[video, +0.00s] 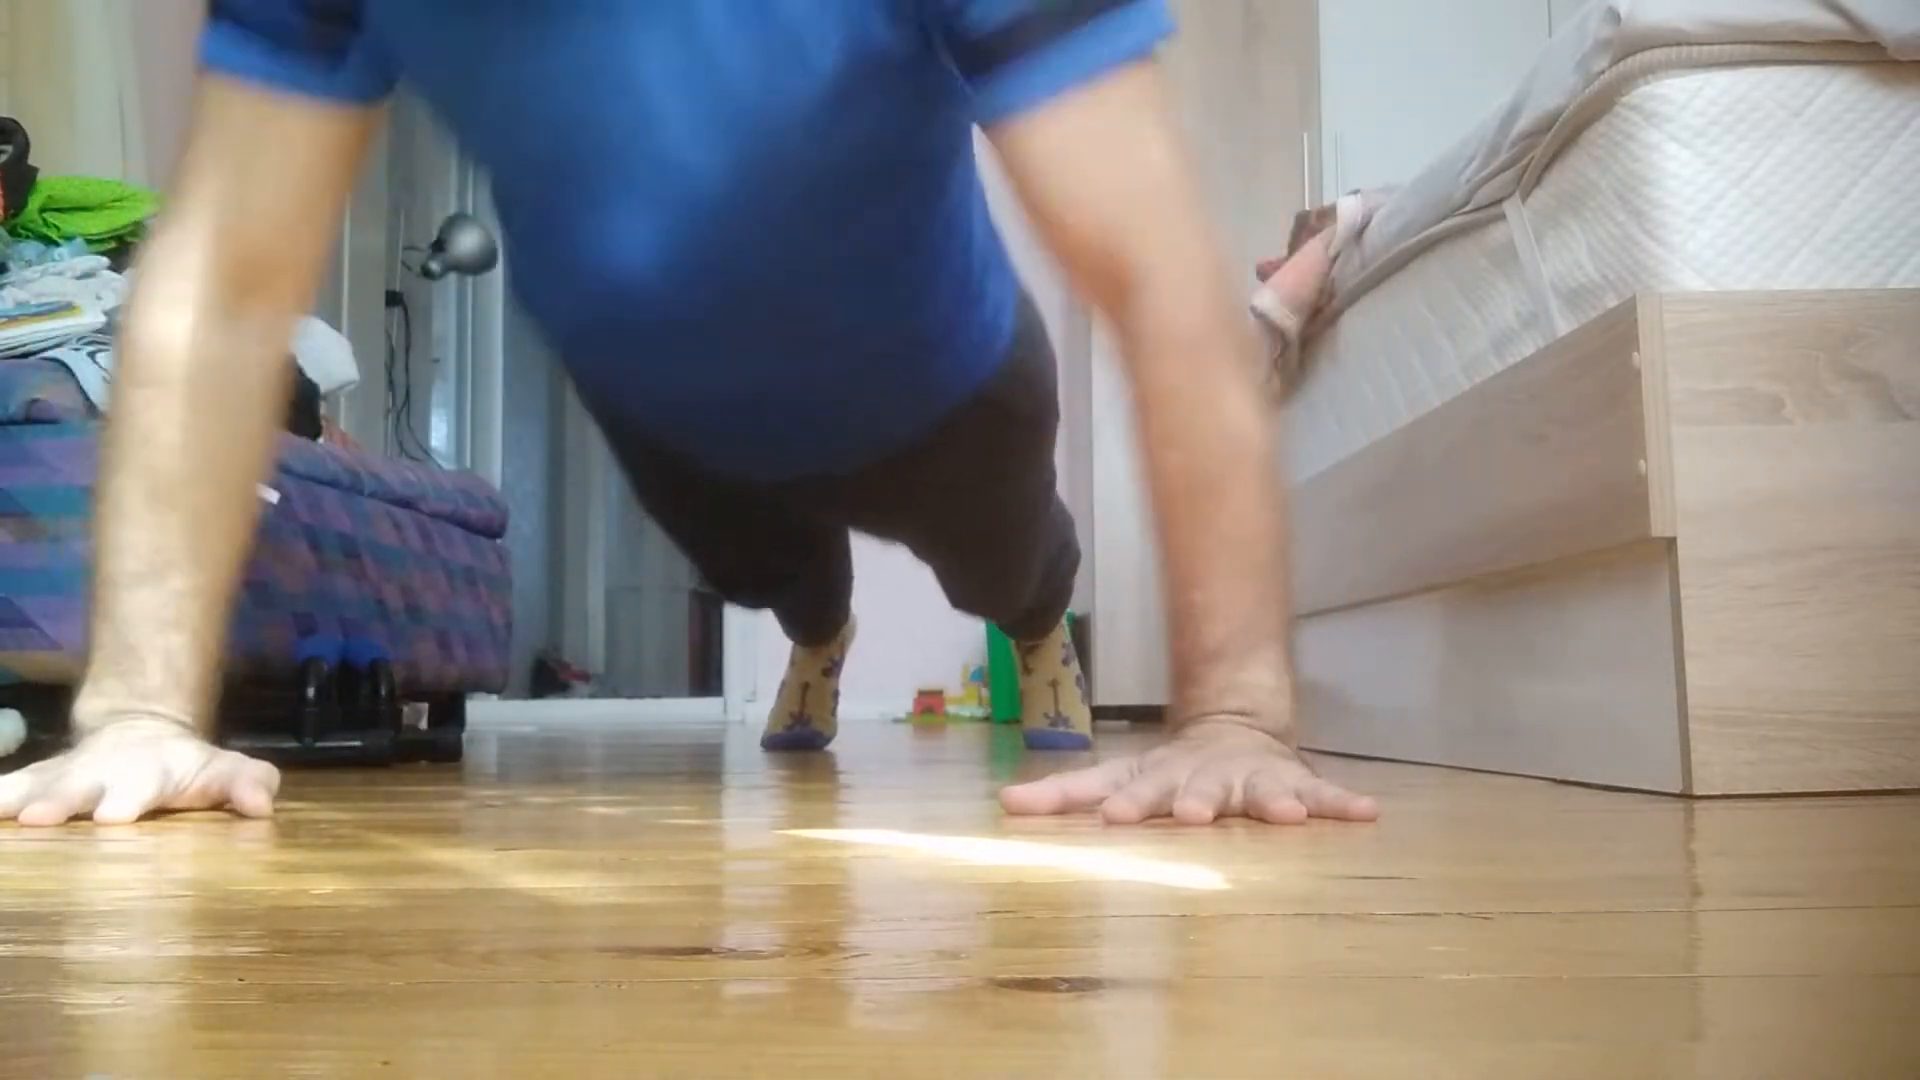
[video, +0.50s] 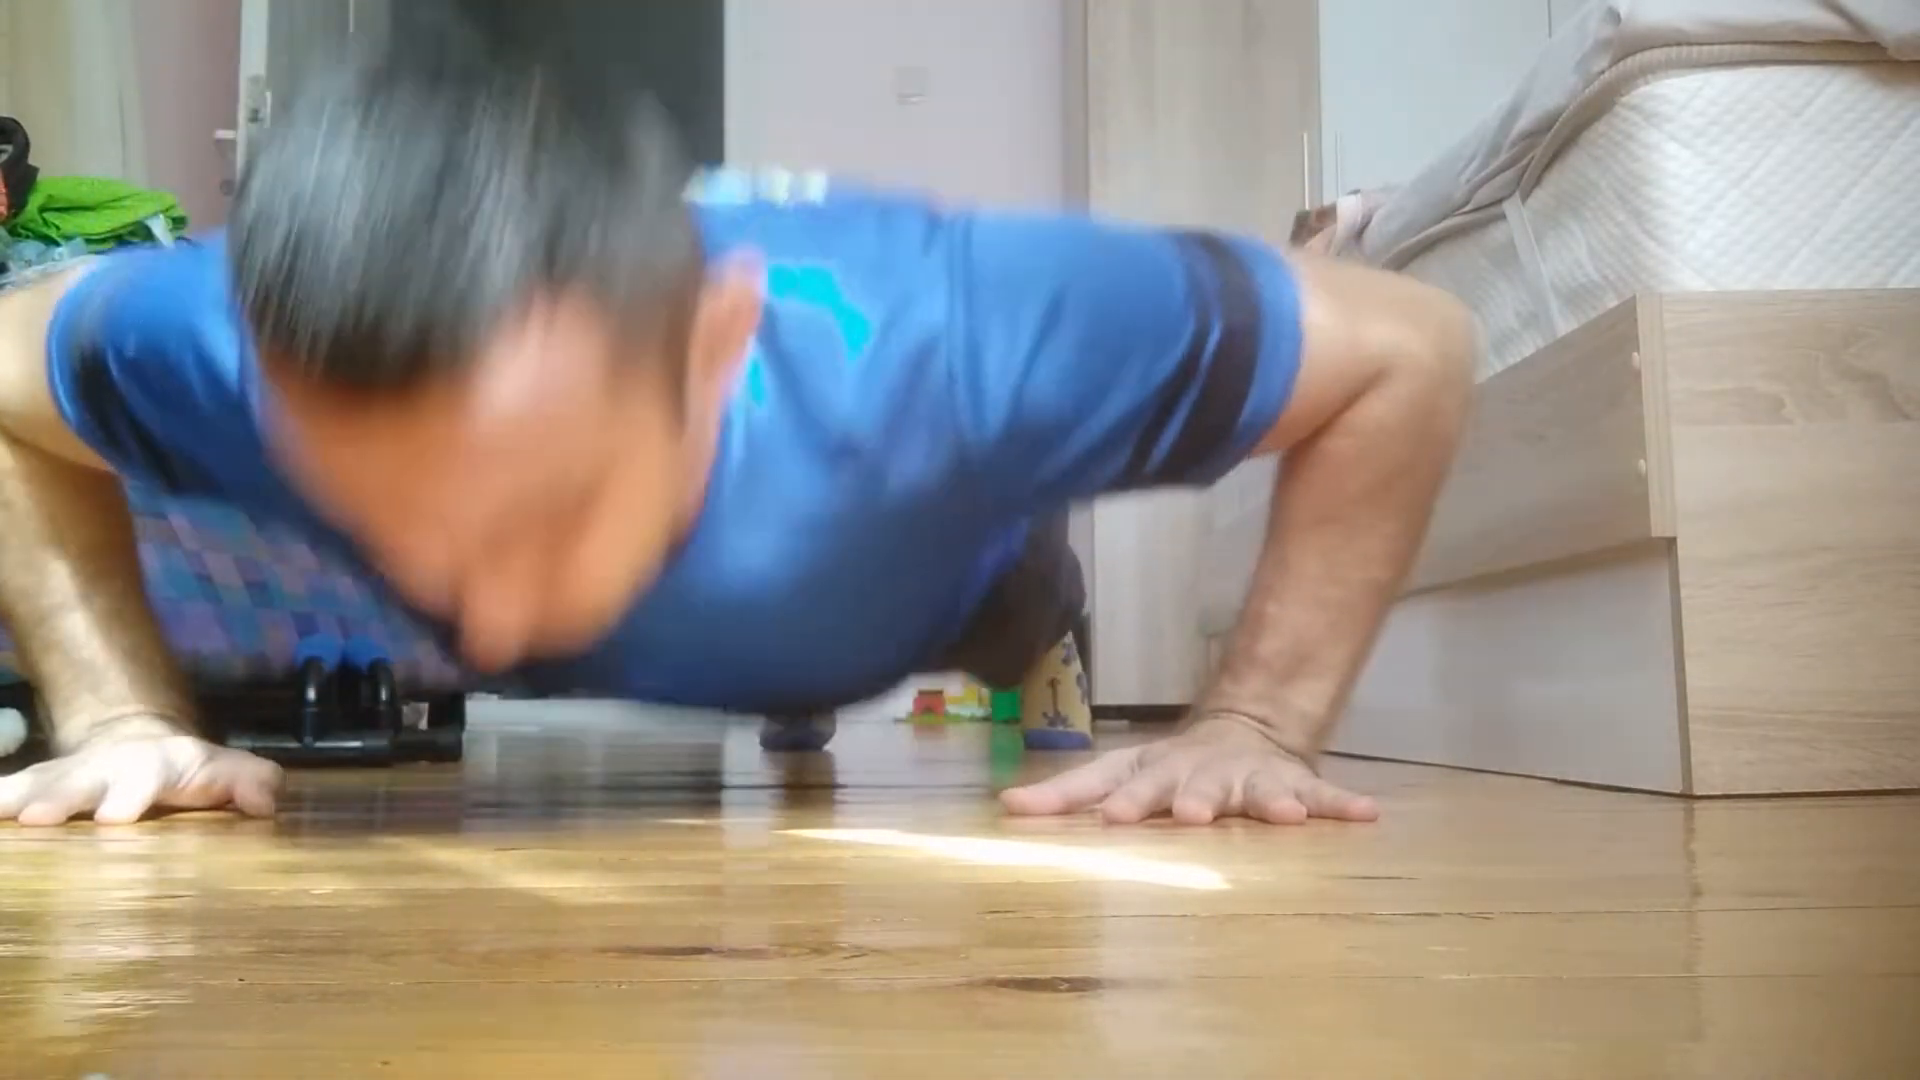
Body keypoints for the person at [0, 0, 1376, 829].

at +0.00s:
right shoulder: (343, 10)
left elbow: (1171, 278)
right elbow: (218, 284)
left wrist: (1240, 707)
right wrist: (146, 711)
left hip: (927, 391)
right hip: (675, 434)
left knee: (1005, 562)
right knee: (777, 568)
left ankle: (1019, 617)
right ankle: (819, 641)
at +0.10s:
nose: (508, 93)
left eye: (557, 34)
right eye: (461, 43)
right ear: (405, 11)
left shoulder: (934, 21)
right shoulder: (300, 39)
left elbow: (1305, 311)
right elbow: (95, 349)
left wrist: (1246, 720)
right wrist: (137, 720)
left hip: (941, 486)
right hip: (691, 533)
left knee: (1001, 611)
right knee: (788, 611)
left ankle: (1007, 651)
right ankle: (816, 654)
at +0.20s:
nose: (487, 504)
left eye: (541, 408)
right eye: (413, 435)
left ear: (697, 202)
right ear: (304, 293)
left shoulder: (931, 215)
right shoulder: (240, 263)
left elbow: (1351, 350)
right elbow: (49, 390)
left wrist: (1247, 718)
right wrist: (134, 714)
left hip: (972, 641)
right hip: (664, 645)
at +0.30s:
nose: (481, 773)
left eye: (543, 670)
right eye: (394, 696)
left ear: (700, 452)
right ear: (276, 536)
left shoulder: (938, 401)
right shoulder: (235, 386)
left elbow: (1349, 341)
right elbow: (30, 372)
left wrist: (1248, 723)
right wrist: (124, 715)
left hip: (948, 704)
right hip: (640, 730)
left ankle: (1025, 682)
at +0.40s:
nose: (477, 789)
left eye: (545, 690)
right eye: (389, 710)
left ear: (703, 495)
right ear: (270, 549)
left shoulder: (934, 439)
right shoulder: (218, 401)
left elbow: (1360, 346)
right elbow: (22, 349)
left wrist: (1253, 718)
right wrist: (124, 719)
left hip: (916, 697)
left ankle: (1028, 696)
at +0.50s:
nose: (483, 618)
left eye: (547, 533)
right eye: (396, 548)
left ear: (713, 344)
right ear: (311, 420)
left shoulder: (960, 352)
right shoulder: (229, 349)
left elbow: (1411, 353)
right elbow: (23, 380)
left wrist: (1265, 721)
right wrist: (121, 712)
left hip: (936, 596)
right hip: (682, 627)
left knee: (1009, 620)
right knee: (788, 678)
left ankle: (1035, 659)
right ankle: (806, 713)